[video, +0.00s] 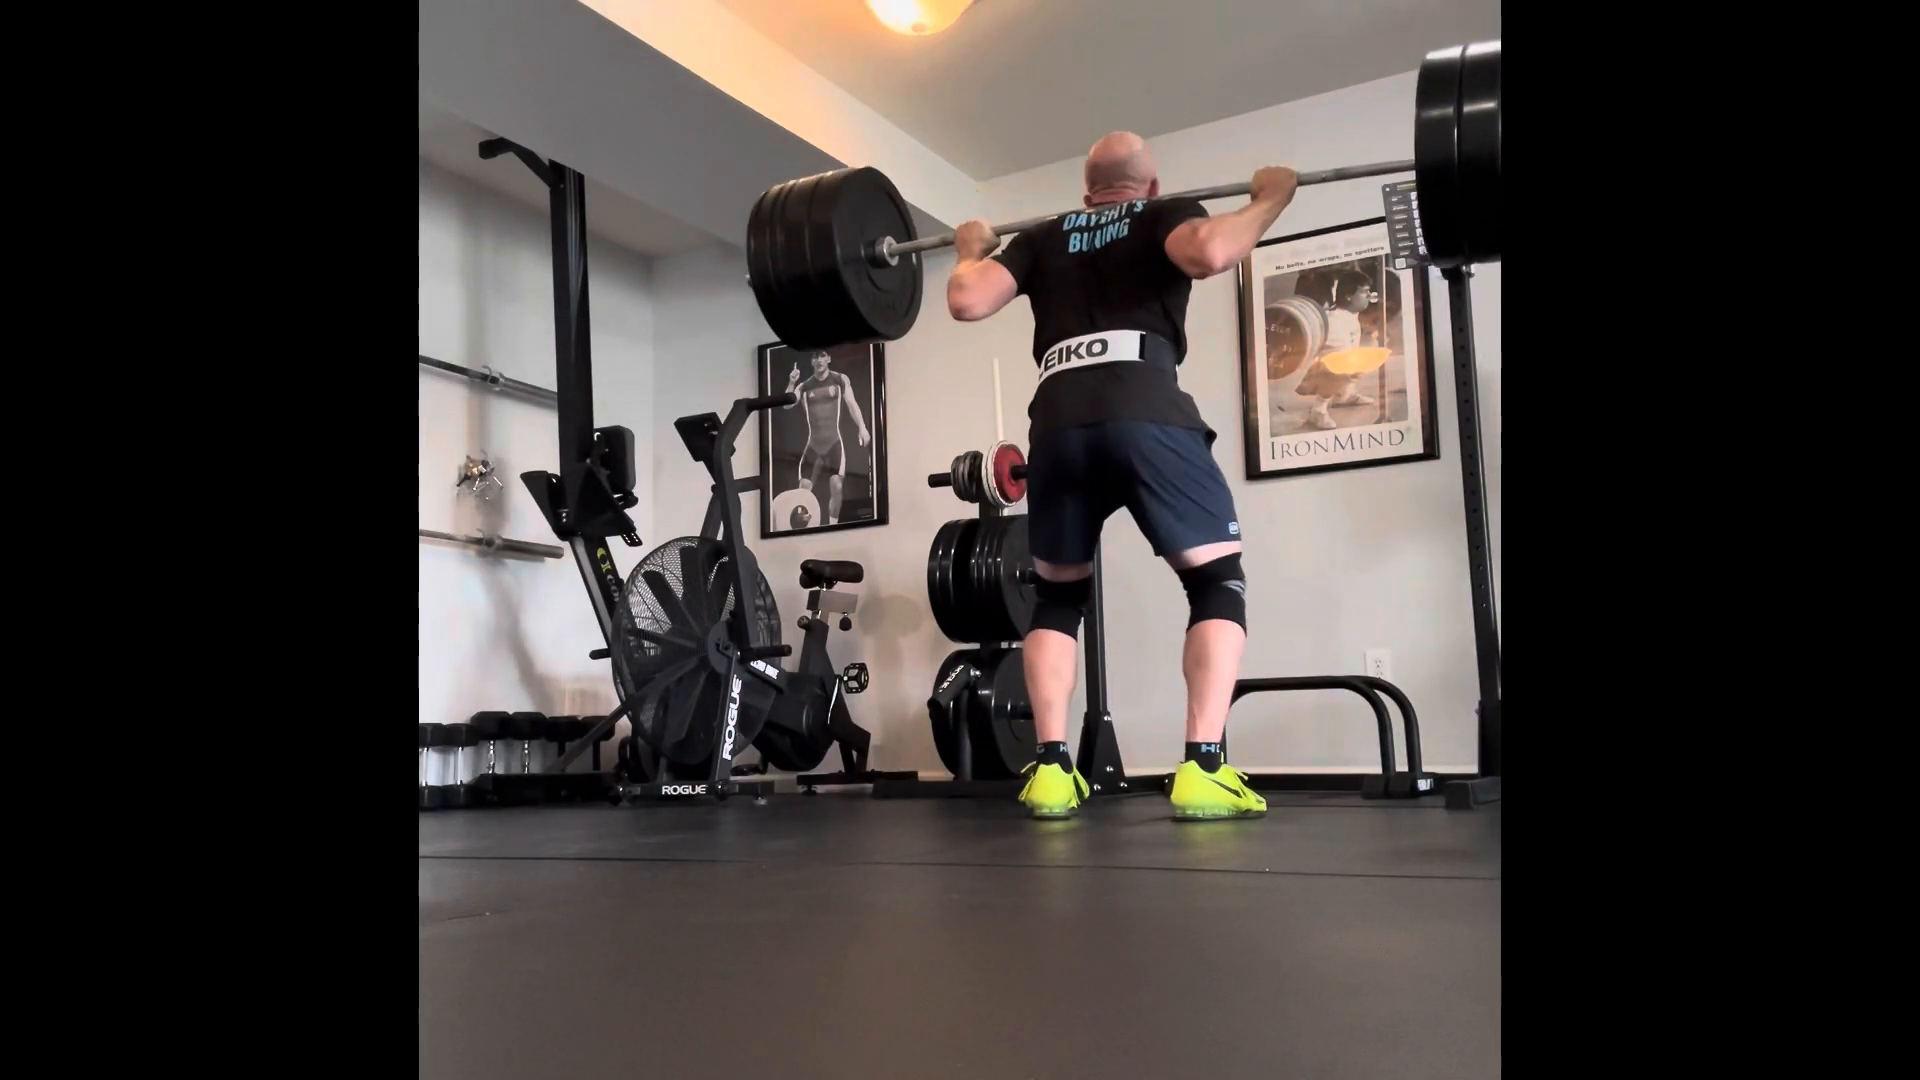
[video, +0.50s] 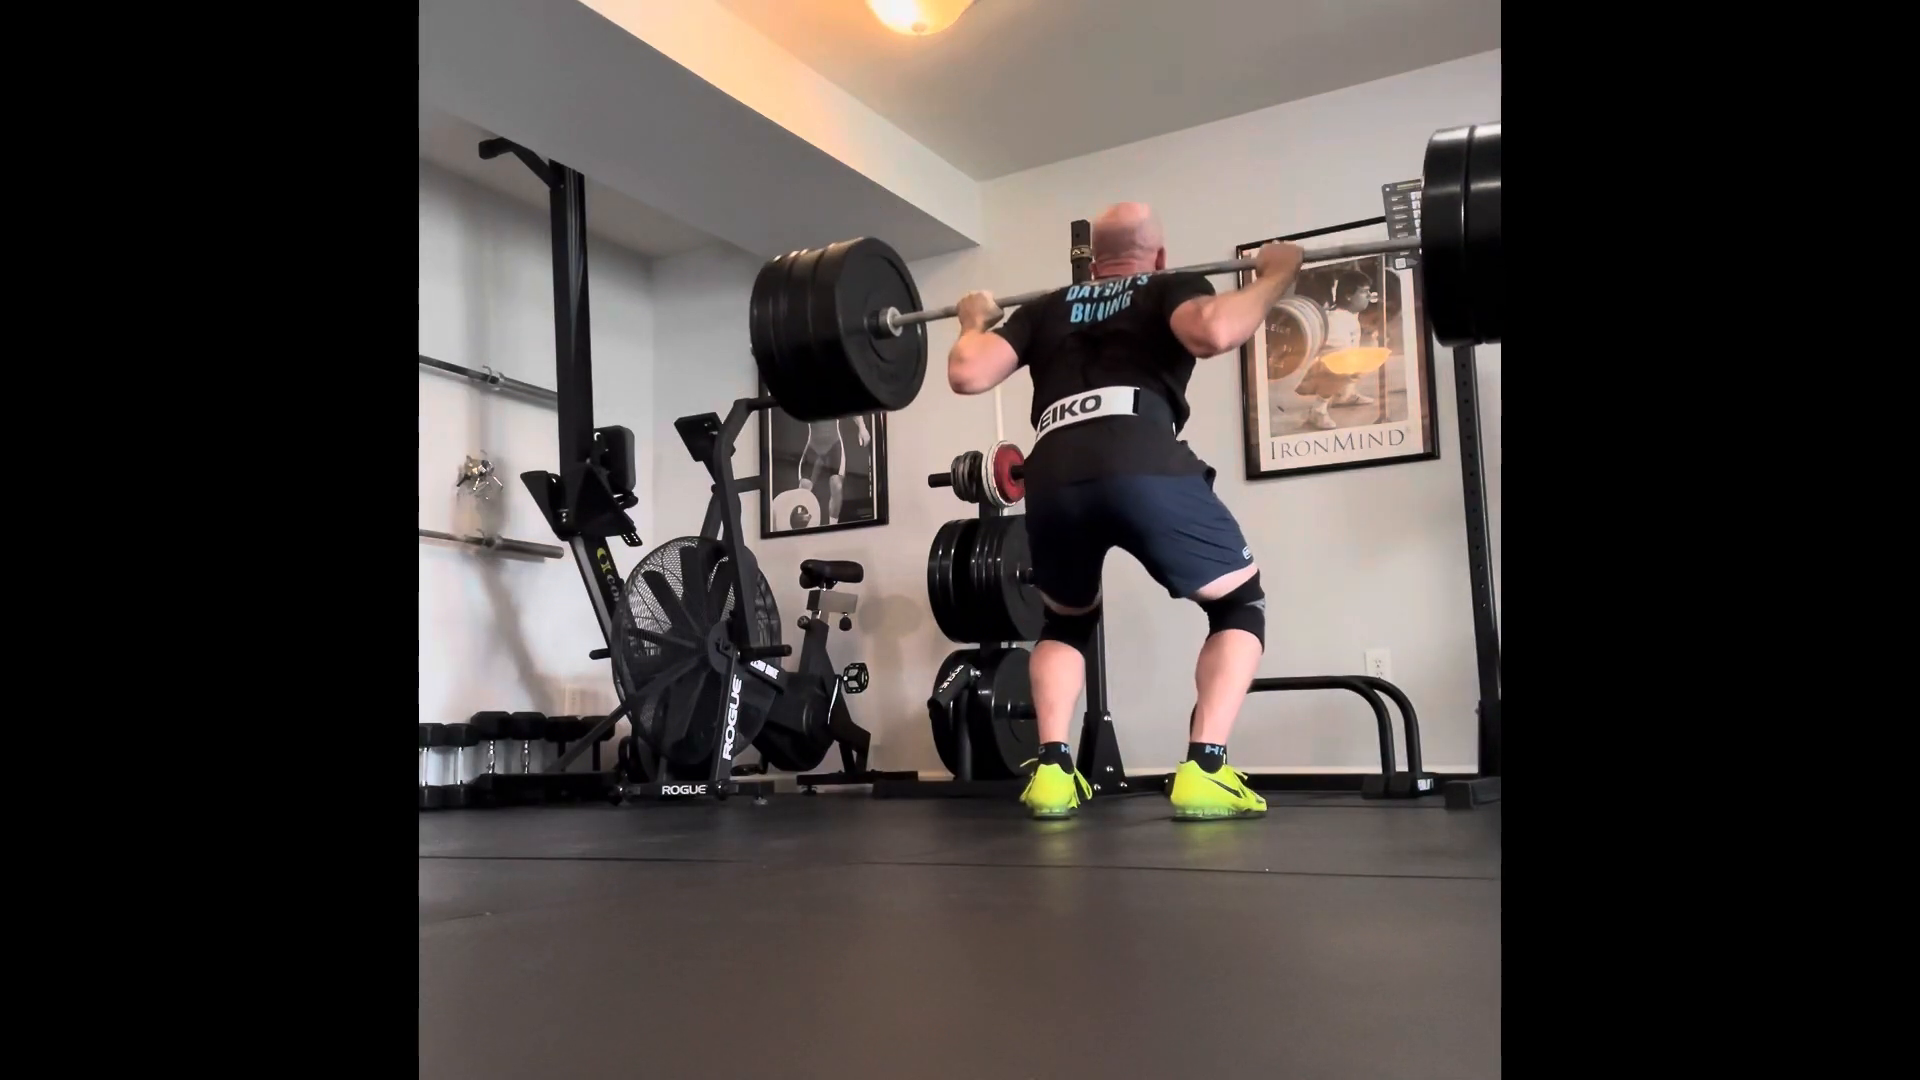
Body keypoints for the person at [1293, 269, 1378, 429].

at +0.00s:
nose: (1369, 296)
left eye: (1368, 292)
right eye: (1364, 292)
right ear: (1348, 296)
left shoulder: (1353, 317)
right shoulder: (1336, 319)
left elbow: (1352, 351)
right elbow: (1334, 356)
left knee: (1358, 363)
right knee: (1339, 368)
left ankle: (1345, 394)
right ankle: (1318, 409)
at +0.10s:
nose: (1369, 296)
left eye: (1368, 292)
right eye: (1364, 292)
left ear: (1350, 297)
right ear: (1348, 296)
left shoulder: (1353, 317)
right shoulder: (1337, 318)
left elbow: (1352, 350)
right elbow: (1334, 355)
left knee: (1358, 363)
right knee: (1340, 368)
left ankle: (1345, 394)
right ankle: (1318, 409)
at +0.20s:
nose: (1369, 296)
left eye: (1368, 292)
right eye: (1364, 292)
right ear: (1348, 296)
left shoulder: (1353, 317)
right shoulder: (1337, 318)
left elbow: (1352, 350)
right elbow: (1336, 355)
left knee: (1359, 363)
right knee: (1340, 369)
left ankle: (1345, 394)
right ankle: (1318, 409)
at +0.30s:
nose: (1369, 296)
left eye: (1368, 292)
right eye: (1364, 292)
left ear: (1349, 297)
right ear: (1348, 296)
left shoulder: (1353, 317)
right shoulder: (1336, 319)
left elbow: (1352, 350)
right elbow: (1332, 355)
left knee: (1358, 364)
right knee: (1340, 370)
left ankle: (1345, 394)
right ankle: (1319, 409)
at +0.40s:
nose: (1369, 296)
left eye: (1368, 292)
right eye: (1365, 292)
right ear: (1348, 296)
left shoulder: (1353, 317)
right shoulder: (1337, 318)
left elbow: (1352, 350)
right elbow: (1334, 355)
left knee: (1359, 365)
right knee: (1339, 370)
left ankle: (1345, 394)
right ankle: (1318, 409)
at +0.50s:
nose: (1369, 296)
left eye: (1368, 292)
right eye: (1364, 292)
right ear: (1348, 296)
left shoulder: (1353, 316)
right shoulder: (1337, 318)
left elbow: (1352, 350)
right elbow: (1335, 355)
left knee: (1358, 362)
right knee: (1340, 368)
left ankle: (1345, 394)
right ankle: (1318, 409)